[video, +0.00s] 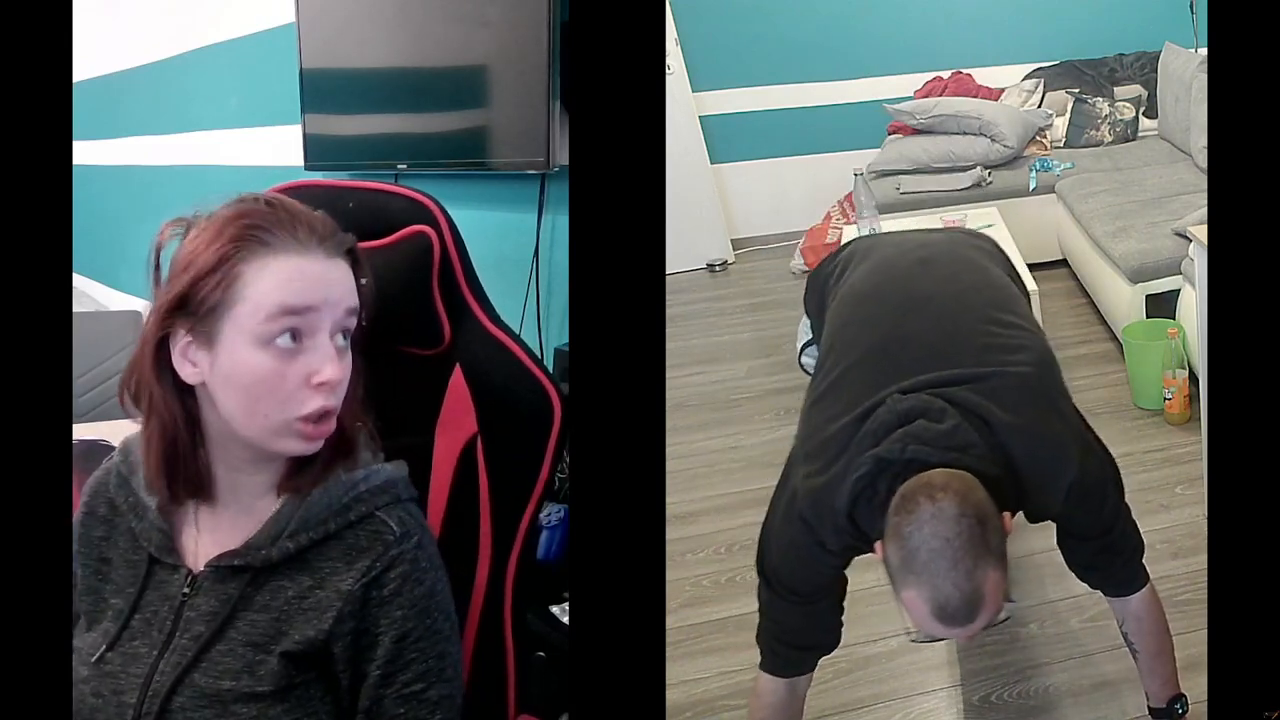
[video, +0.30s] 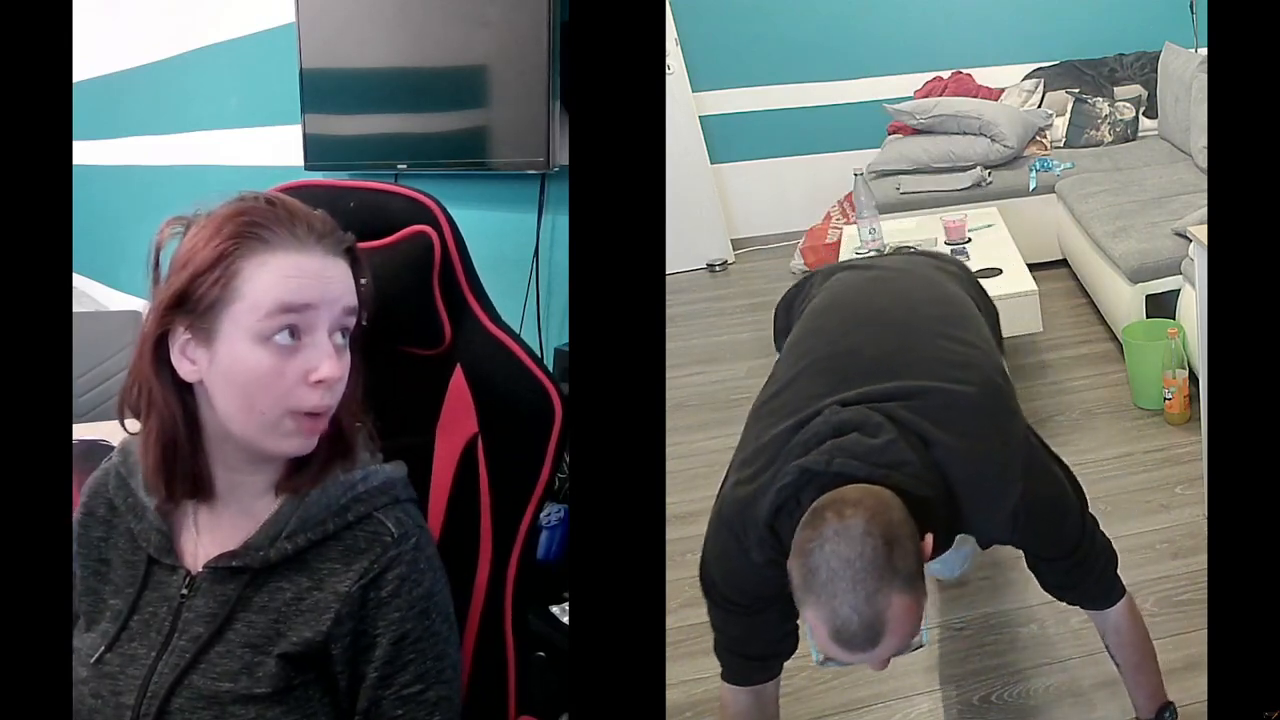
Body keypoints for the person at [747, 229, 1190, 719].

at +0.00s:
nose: (968, 643)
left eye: (986, 625)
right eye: (938, 639)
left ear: (1005, 526)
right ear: (881, 556)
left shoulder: (1064, 465)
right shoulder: (807, 522)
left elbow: (1131, 593)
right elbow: (782, 680)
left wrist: (1169, 707)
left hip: (978, 252)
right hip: (851, 266)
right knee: (829, 356)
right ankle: (816, 336)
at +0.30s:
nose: (882, 672)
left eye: (899, 652)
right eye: (850, 664)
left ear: (923, 550)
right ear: (795, 593)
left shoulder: (1005, 478)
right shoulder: (740, 547)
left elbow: (1108, 601)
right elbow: (747, 690)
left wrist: (1157, 711)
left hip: (947, 278)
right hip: (815, 291)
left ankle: (946, 536)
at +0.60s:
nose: (891, 679)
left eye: (914, 664)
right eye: (860, 669)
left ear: (951, 563)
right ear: (815, 583)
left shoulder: (1032, 489)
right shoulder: (760, 542)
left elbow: (1122, 604)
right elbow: (748, 688)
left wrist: (1156, 712)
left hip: (966, 301)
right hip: (845, 314)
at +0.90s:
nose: (975, 622)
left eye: (997, 604)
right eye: (952, 610)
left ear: (1030, 511)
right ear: (905, 520)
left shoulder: (1089, 456)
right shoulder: (841, 495)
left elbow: (1130, 603)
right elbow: (779, 661)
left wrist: (1159, 711)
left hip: (1024, 285)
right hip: (905, 288)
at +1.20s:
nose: (1009, 558)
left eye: (1031, 538)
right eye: (985, 541)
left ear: (1067, 464)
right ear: (940, 456)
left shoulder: (1118, 438)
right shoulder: (870, 414)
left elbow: (1136, 594)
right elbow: (838, 509)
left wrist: (1158, 710)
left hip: (1057, 291)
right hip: (941, 288)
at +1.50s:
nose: (1016, 545)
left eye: (1040, 525)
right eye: (991, 524)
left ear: (1077, 456)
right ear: (950, 441)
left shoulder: (1125, 424)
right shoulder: (877, 395)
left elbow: (1136, 591)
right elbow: (863, 570)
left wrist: (1159, 712)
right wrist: (830, 547)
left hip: (1063, 285)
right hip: (959, 288)